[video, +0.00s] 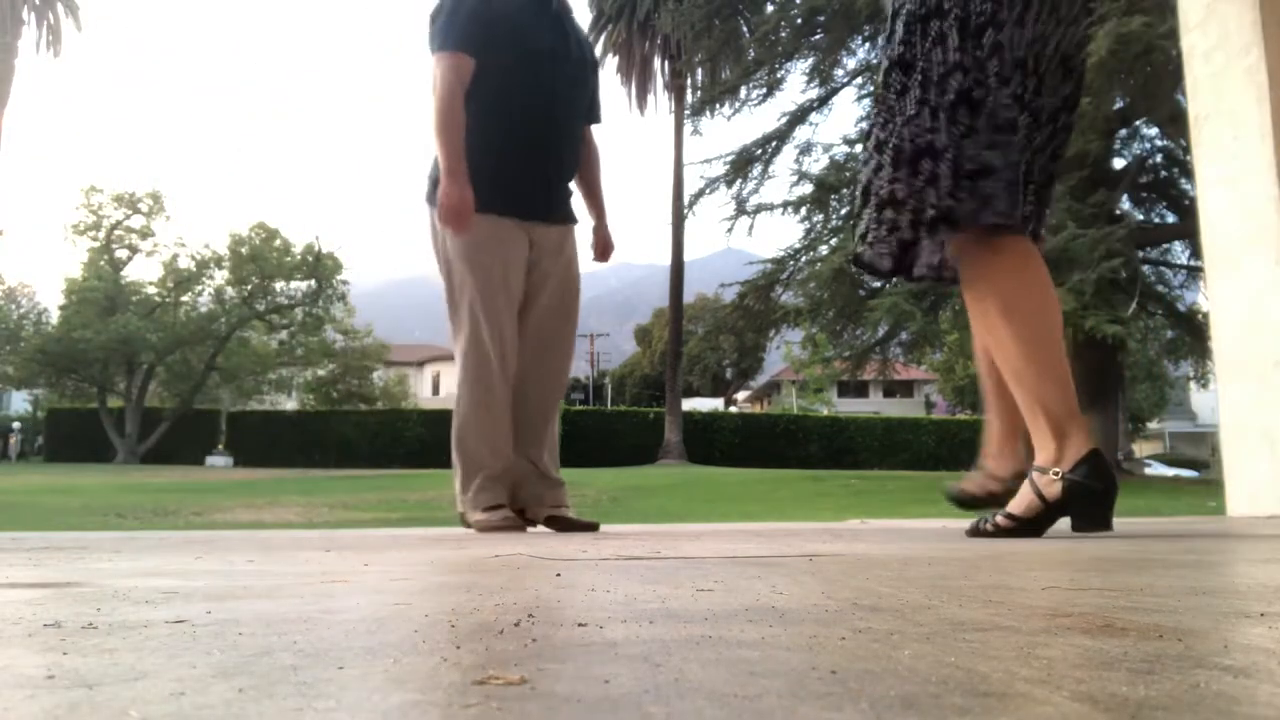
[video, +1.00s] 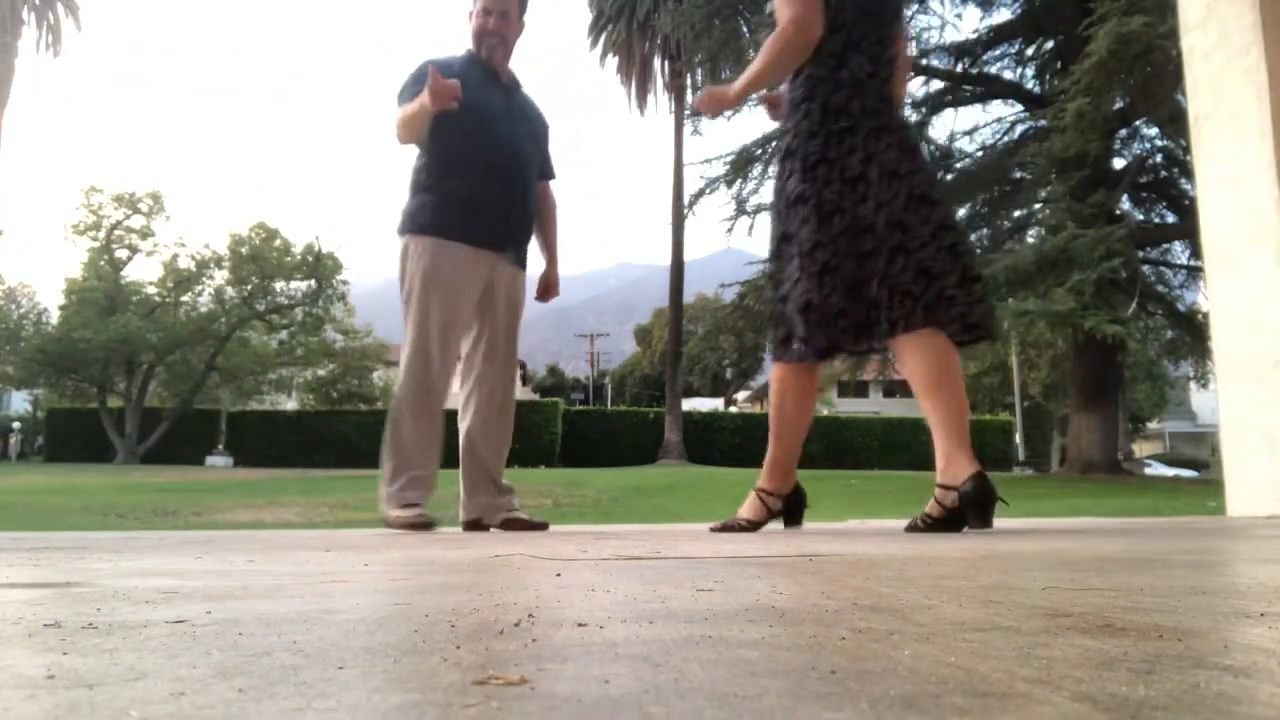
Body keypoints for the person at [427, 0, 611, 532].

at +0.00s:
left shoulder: (576, 39)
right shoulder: (472, 5)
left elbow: (580, 134)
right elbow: (449, 83)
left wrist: (598, 214)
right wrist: (454, 177)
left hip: (552, 213)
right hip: (481, 207)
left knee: (547, 358)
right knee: (487, 354)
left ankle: (539, 495)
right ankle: (484, 499)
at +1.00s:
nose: (493, 24)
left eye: (505, 16)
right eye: (486, 13)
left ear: (521, 27)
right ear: (472, 18)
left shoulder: (531, 114)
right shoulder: (439, 70)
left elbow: (542, 191)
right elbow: (405, 131)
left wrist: (550, 261)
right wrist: (428, 106)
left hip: (507, 256)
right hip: (441, 243)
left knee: (493, 380)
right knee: (425, 370)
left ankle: (486, 504)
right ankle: (405, 498)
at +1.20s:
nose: (471, 17)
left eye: (482, 9)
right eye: (462, 7)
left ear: (496, 20)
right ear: (446, 12)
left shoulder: (506, 110)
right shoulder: (416, 68)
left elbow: (517, 187)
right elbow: (378, 120)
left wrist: (532, 259)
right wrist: (407, 130)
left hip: (485, 254)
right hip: (418, 241)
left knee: (481, 379)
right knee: (388, 364)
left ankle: (484, 506)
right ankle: (340, 494)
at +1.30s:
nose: (452, 11)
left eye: (464, 5)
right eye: (443, 2)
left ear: (476, 16)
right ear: (427, 9)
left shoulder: (488, 109)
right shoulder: (393, 64)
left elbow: (501, 186)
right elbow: (362, 130)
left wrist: (524, 256)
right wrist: (377, 178)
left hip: (471, 255)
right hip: (401, 241)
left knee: (473, 378)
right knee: (368, 366)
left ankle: (484, 506)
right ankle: (313, 499)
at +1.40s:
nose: (435, 8)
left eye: (443, 3)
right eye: (426, 0)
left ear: (453, 13)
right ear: (407, 6)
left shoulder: (468, 104)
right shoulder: (372, 58)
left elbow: (482, 185)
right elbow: (341, 139)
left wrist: (519, 247)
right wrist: (330, 223)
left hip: (448, 260)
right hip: (375, 243)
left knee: (462, 384)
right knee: (344, 373)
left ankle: (485, 506)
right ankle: (306, 503)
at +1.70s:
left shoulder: (432, 60)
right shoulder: (327, 15)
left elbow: (469, 142)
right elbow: (271, 101)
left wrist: (529, 186)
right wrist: (258, 198)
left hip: (415, 229)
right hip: (334, 220)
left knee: (424, 363)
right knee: (317, 362)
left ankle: (410, 503)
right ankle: (303, 503)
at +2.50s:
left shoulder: (377, 29)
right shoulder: (266, 1)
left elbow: (384, 123)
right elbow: (214, 43)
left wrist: (465, 160)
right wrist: (247, 135)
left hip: (360, 206)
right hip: (282, 188)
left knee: (375, 353)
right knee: (257, 346)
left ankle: (366, 500)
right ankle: (221, 505)